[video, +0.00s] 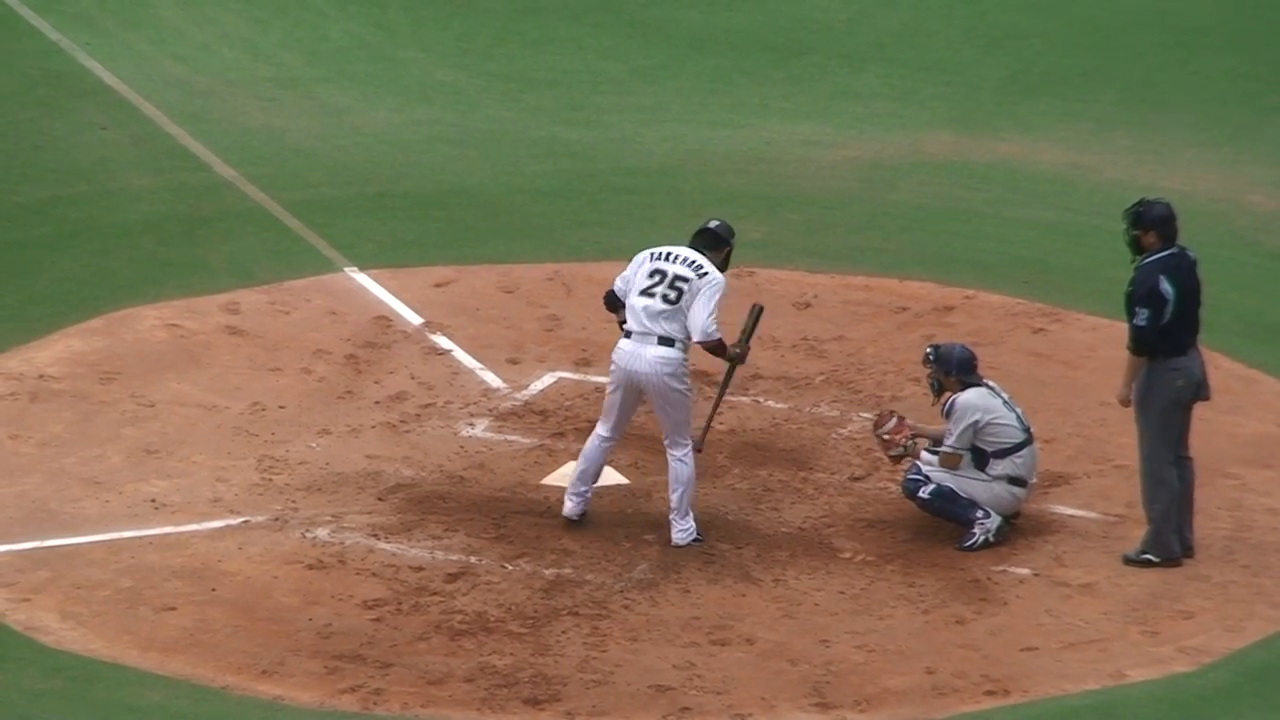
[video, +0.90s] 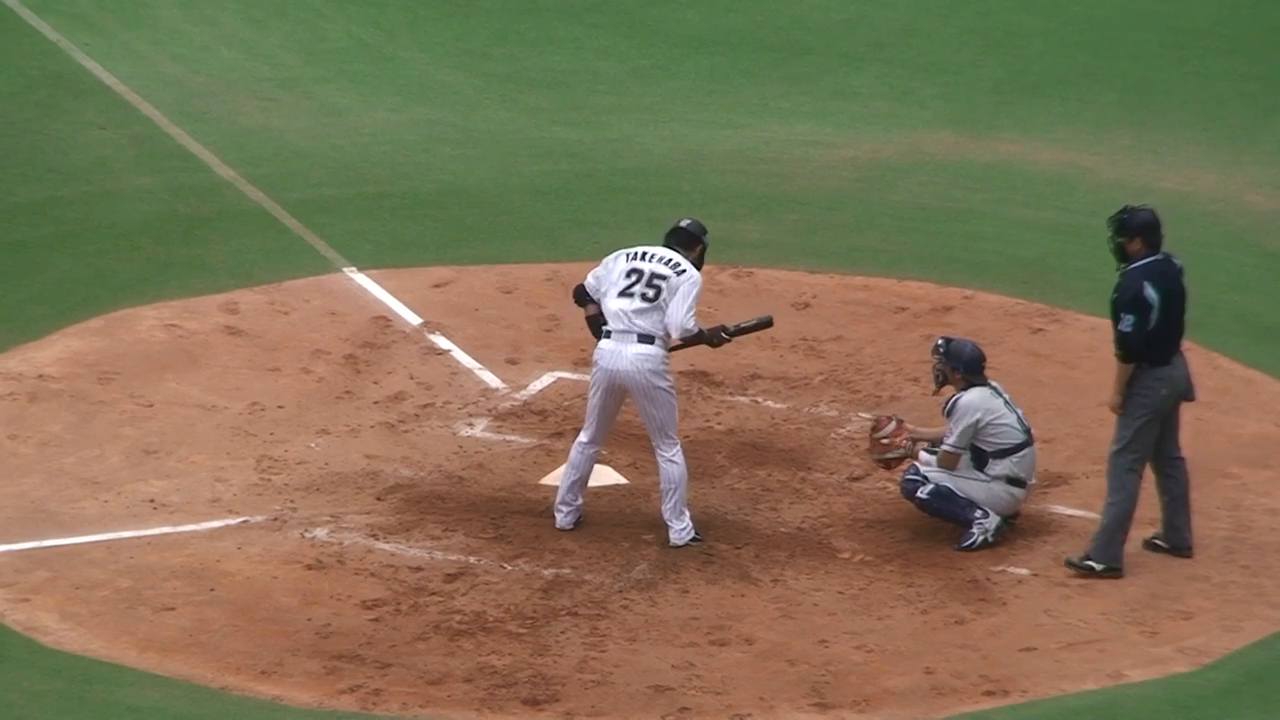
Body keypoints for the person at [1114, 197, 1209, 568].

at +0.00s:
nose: (1133, 236)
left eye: (1137, 231)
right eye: (1134, 229)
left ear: (1150, 236)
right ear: (1166, 232)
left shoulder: (1148, 275)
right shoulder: (1185, 260)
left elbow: (1140, 340)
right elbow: (1188, 322)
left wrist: (1126, 384)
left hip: (1162, 372)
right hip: (1188, 365)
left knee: (1157, 459)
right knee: (1176, 455)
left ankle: (1161, 544)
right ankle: (1179, 537)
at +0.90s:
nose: (1117, 243)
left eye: (1122, 238)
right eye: (1118, 237)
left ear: (1138, 241)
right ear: (1149, 240)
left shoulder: (1134, 282)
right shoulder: (1169, 267)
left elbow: (1128, 346)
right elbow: (1172, 324)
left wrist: (1117, 391)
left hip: (1148, 378)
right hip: (1173, 371)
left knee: (1124, 462)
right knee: (1167, 458)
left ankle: (1105, 555)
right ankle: (1177, 537)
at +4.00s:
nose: (1092, 238)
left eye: (1096, 234)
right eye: (1094, 232)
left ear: (1107, 239)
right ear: (1125, 235)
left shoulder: (1106, 279)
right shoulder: (1142, 264)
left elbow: (1101, 346)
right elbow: (1142, 321)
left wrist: (1091, 388)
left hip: (1120, 374)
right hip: (1144, 365)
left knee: (1108, 458)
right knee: (1137, 443)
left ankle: (1103, 554)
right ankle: (1146, 512)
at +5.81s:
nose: (1071, 248)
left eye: (1076, 242)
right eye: (1072, 242)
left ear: (1090, 245)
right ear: (1104, 242)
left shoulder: (1094, 284)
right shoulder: (1127, 267)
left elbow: (1094, 347)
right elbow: (1134, 327)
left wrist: (1080, 393)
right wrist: (1111, 372)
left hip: (1134, 376)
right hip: (1156, 369)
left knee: (1103, 459)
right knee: (1138, 441)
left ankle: (1103, 555)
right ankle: (1145, 513)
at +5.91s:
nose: (1068, 254)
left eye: (1071, 249)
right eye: (1069, 247)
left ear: (1083, 251)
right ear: (1101, 246)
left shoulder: (1089, 288)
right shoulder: (1122, 270)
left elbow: (1091, 350)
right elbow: (1132, 331)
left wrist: (1078, 398)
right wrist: (1109, 376)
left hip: (1137, 379)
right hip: (1159, 369)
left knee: (1100, 459)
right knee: (1138, 439)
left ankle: (1101, 556)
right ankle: (1143, 513)